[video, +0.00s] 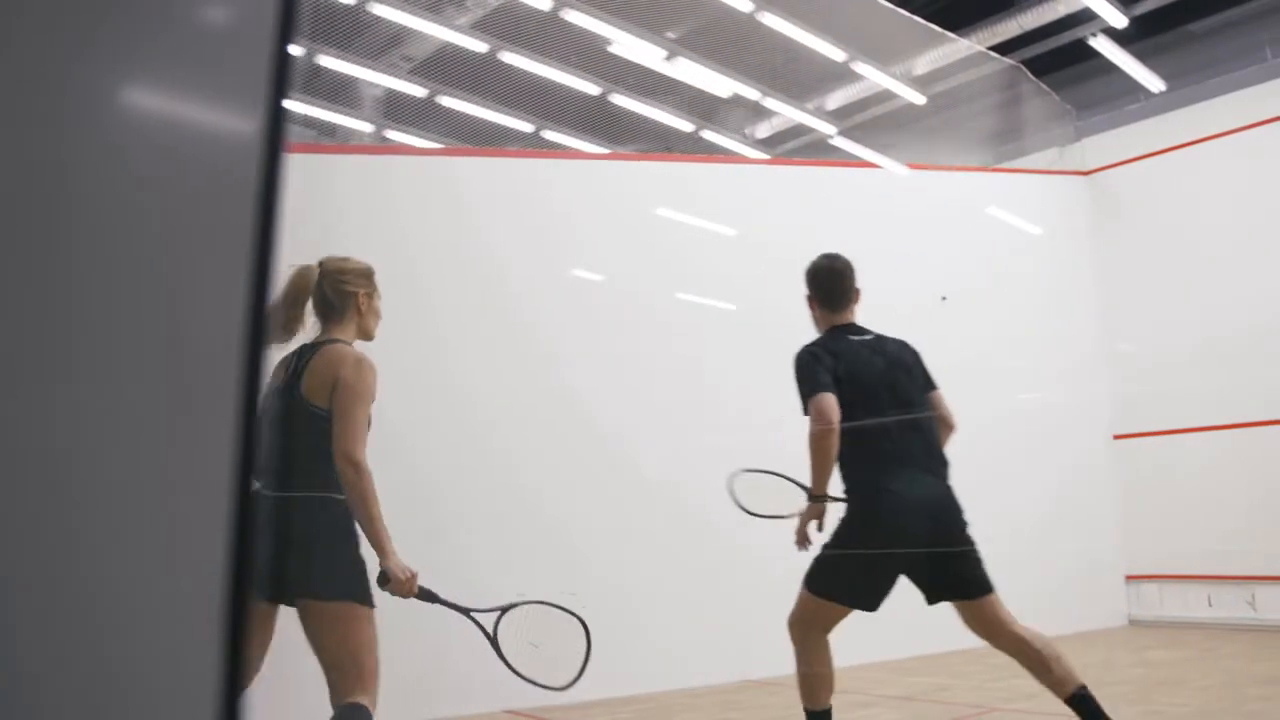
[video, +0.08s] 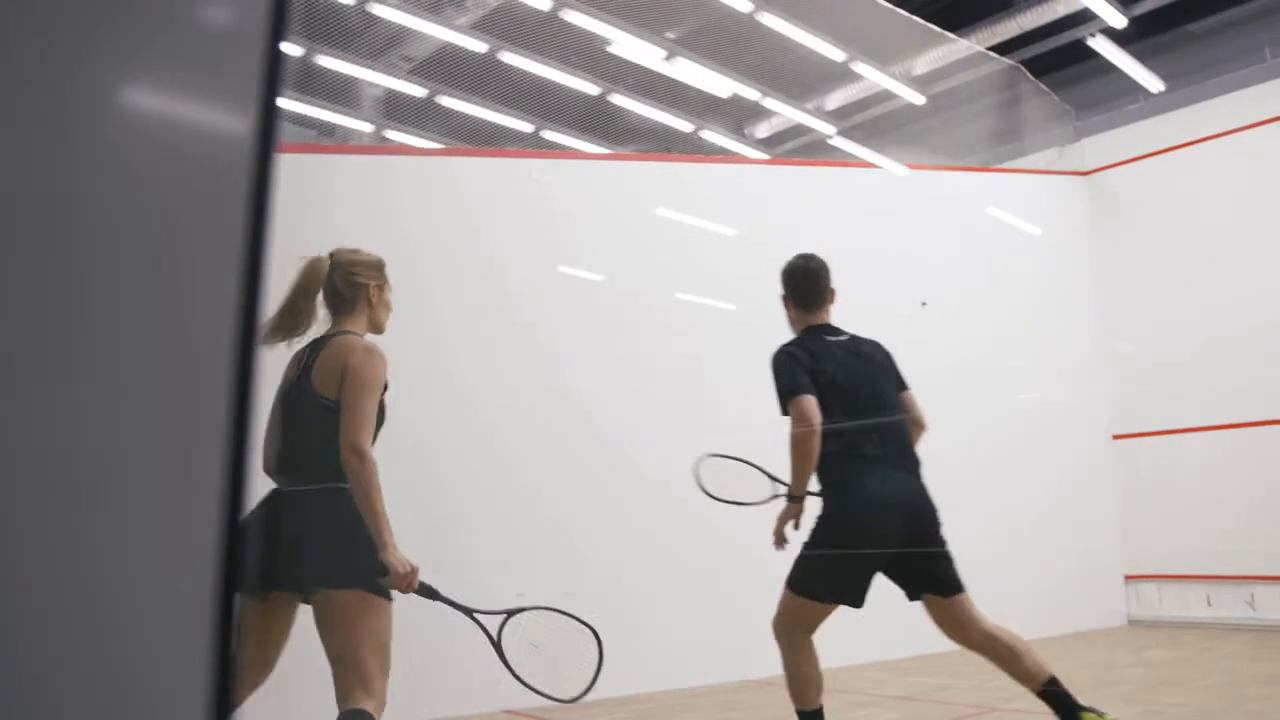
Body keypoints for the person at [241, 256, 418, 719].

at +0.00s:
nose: (381, 310)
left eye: (379, 299)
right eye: (377, 299)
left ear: (323, 304)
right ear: (361, 302)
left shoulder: (284, 365)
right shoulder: (353, 365)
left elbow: (265, 455)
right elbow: (350, 461)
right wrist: (388, 556)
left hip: (260, 530)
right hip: (317, 535)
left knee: (235, 673)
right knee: (355, 693)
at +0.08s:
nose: (390, 302)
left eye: (389, 292)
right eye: (388, 291)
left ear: (336, 296)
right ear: (372, 293)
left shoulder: (302, 356)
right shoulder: (365, 356)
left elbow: (272, 461)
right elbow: (355, 453)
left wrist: (337, 491)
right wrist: (389, 548)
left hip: (278, 524)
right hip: (338, 526)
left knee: (238, 677)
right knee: (362, 695)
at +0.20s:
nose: (410, 292)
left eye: (408, 281)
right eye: (407, 281)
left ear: (354, 287)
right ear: (392, 283)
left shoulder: (328, 347)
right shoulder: (383, 342)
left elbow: (295, 456)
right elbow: (369, 434)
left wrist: (350, 501)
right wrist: (396, 532)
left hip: (306, 524)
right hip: (360, 527)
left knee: (288, 676)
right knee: (373, 695)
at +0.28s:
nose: (426, 284)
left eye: (423, 273)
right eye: (422, 274)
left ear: (367, 280)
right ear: (409, 275)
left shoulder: (346, 339)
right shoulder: (397, 332)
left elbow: (312, 450)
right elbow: (381, 423)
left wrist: (365, 508)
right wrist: (406, 522)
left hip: (326, 521)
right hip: (375, 521)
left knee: (327, 679)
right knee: (375, 696)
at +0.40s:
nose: (447, 275)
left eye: (445, 265)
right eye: (445, 265)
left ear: (393, 269)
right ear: (433, 265)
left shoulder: (371, 330)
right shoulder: (419, 321)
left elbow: (335, 441)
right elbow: (403, 412)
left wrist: (389, 494)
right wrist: (432, 510)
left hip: (365, 501)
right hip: (395, 503)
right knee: (379, 685)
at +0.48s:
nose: (463, 269)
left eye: (460, 260)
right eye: (460, 260)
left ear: (407, 263)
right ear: (449, 261)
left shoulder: (389, 324)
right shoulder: (435, 318)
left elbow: (352, 437)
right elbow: (420, 405)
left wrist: (413, 494)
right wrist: (455, 506)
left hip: (382, 502)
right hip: (407, 505)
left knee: (443, 671)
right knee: (378, 692)